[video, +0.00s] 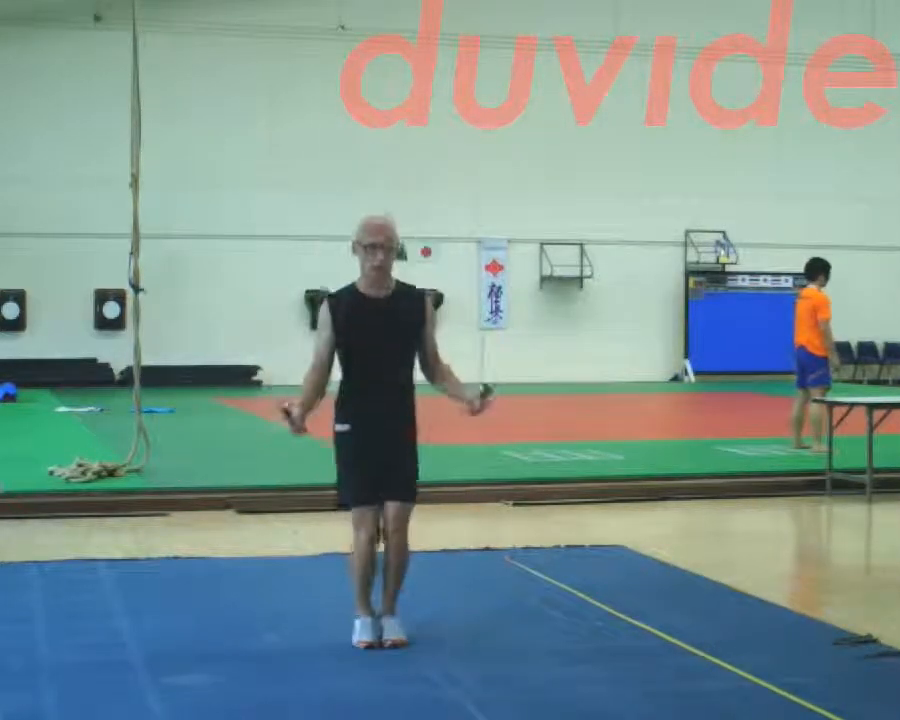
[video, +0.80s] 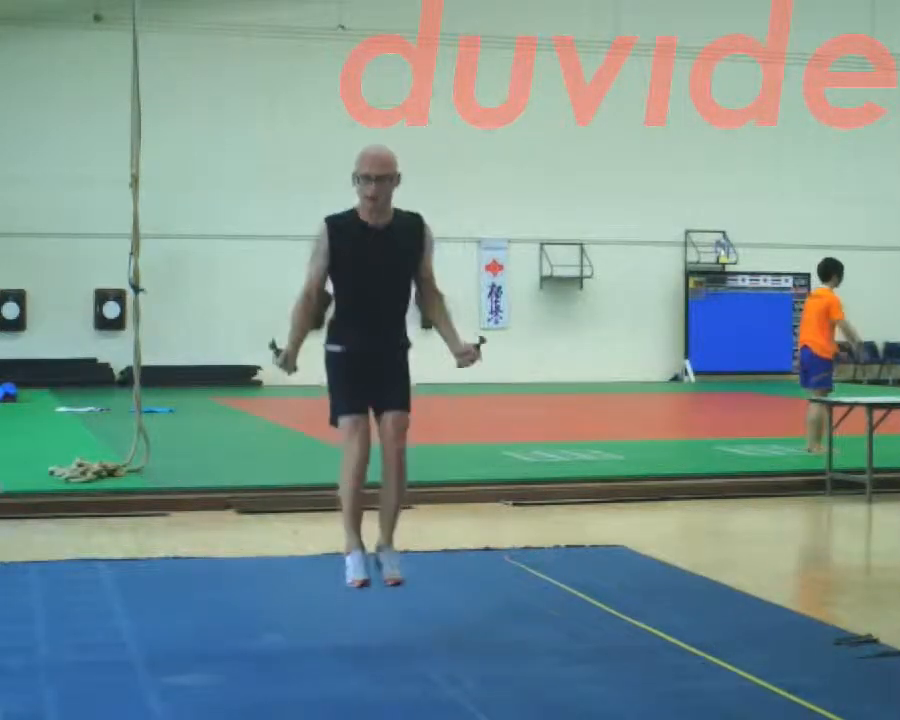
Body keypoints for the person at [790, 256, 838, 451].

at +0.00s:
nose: (827, 279)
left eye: (827, 275)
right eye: (826, 275)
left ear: (808, 275)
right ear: (821, 275)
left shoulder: (802, 295)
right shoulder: (820, 298)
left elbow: (801, 323)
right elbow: (824, 326)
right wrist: (832, 353)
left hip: (801, 348)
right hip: (815, 350)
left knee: (802, 394)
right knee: (818, 397)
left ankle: (797, 439)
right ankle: (818, 441)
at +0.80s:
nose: (840, 280)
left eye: (840, 276)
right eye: (840, 276)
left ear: (821, 275)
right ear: (836, 276)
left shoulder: (813, 296)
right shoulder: (831, 298)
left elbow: (816, 329)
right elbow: (842, 324)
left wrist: (835, 344)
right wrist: (857, 342)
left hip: (806, 347)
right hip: (820, 349)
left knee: (817, 397)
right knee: (818, 397)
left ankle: (814, 443)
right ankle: (814, 444)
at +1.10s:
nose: (847, 287)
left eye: (847, 283)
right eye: (847, 282)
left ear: (829, 279)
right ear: (841, 282)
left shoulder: (816, 297)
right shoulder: (831, 301)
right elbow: (842, 333)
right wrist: (856, 358)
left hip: (805, 349)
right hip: (818, 353)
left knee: (816, 397)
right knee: (824, 398)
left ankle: (816, 441)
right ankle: (818, 443)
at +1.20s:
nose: (850, 291)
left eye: (851, 287)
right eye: (850, 286)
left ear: (833, 282)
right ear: (845, 285)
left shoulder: (818, 299)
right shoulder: (832, 302)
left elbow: (803, 320)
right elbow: (829, 326)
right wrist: (829, 351)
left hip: (805, 351)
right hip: (818, 354)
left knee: (817, 398)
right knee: (823, 398)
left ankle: (817, 441)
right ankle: (818, 442)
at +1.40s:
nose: (851, 300)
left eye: (853, 296)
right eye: (852, 295)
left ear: (837, 286)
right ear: (847, 292)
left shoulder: (817, 292)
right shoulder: (833, 299)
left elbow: (797, 285)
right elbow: (819, 284)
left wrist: (786, 270)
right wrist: (801, 270)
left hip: (792, 341)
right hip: (800, 347)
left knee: (809, 392)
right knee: (810, 393)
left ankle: (807, 437)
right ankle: (807, 439)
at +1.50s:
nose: (848, 318)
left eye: (850, 314)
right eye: (849, 313)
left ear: (837, 302)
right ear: (843, 308)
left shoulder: (815, 303)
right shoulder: (826, 309)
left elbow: (801, 289)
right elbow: (809, 289)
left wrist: (793, 272)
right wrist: (796, 272)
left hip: (785, 350)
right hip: (794, 355)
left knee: (805, 401)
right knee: (806, 402)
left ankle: (793, 443)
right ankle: (793, 444)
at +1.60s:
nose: (845, 340)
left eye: (847, 337)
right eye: (845, 336)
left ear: (833, 326)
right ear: (840, 334)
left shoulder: (812, 329)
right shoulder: (824, 335)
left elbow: (796, 316)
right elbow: (801, 316)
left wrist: (785, 299)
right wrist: (786, 299)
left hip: (775, 366)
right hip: (786, 372)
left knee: (805, 407)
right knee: (810, 407)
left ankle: (792, 443)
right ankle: (793, 444)